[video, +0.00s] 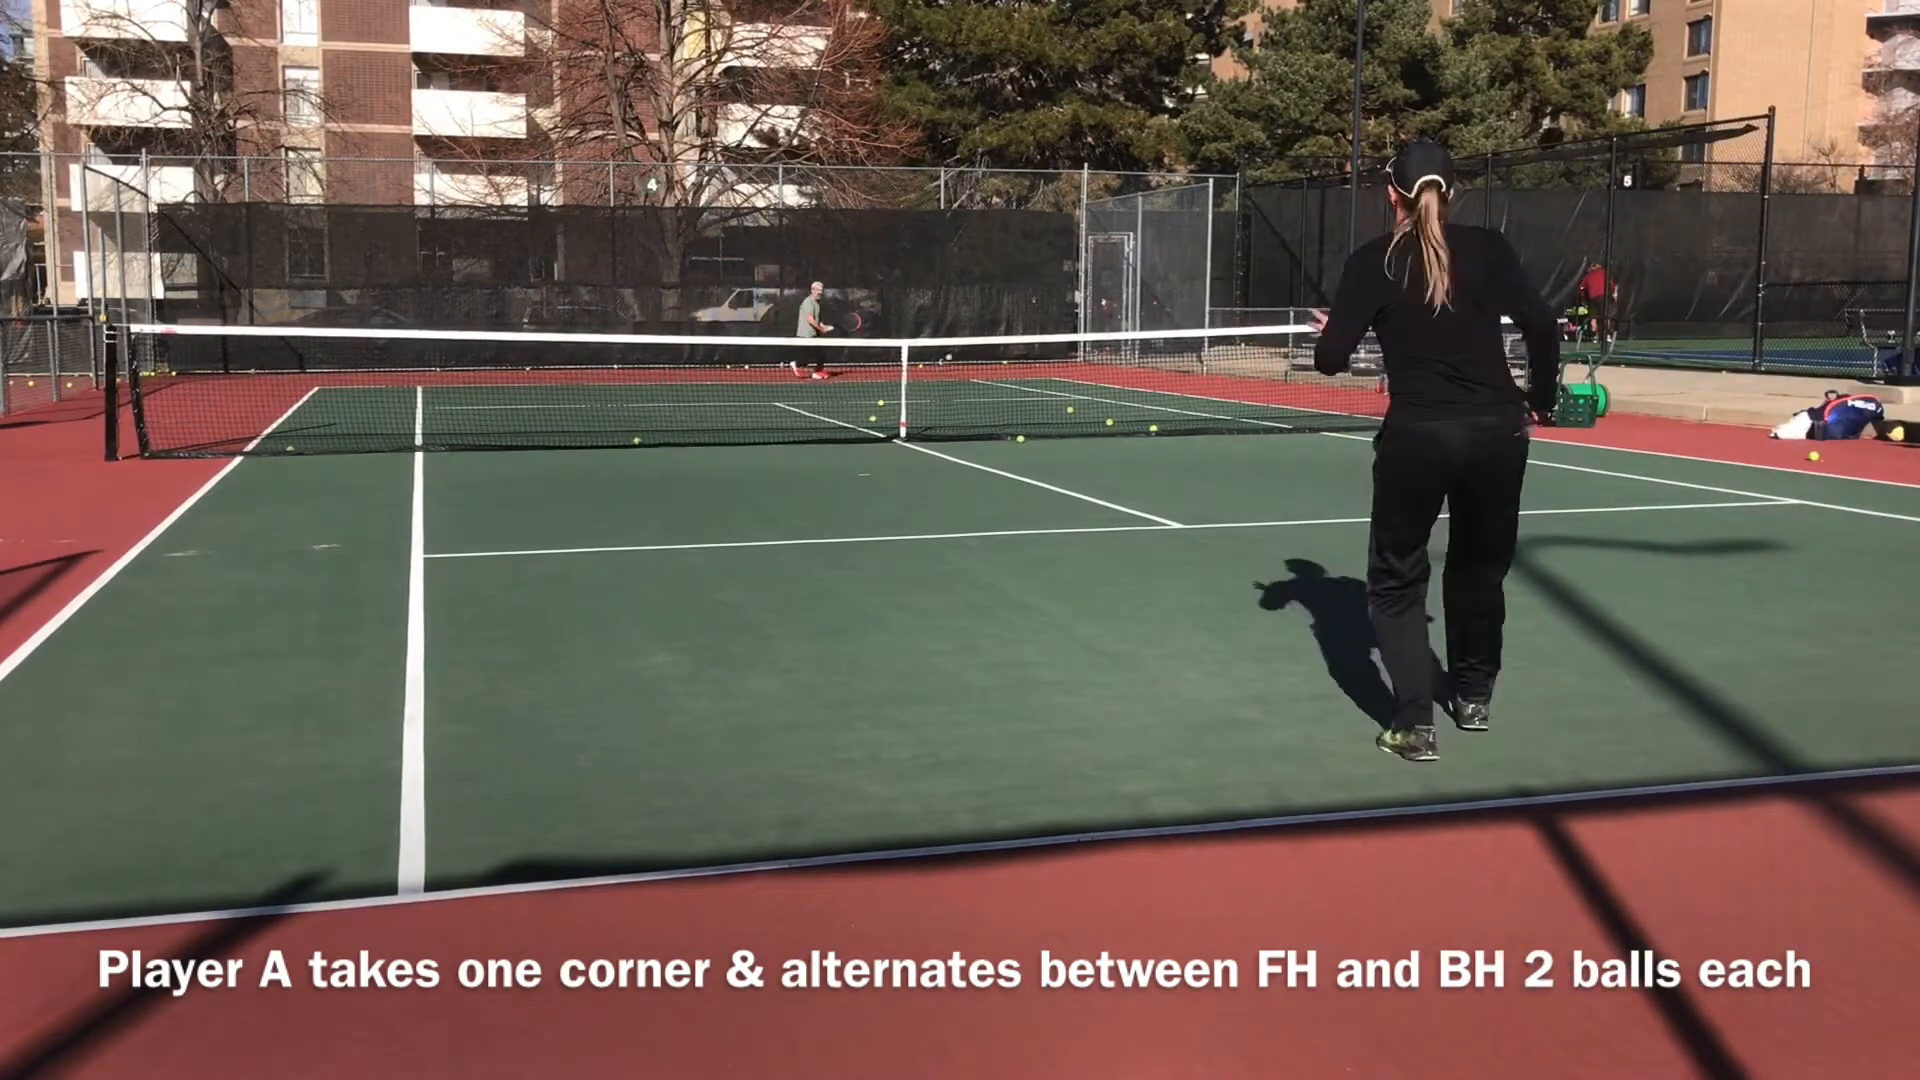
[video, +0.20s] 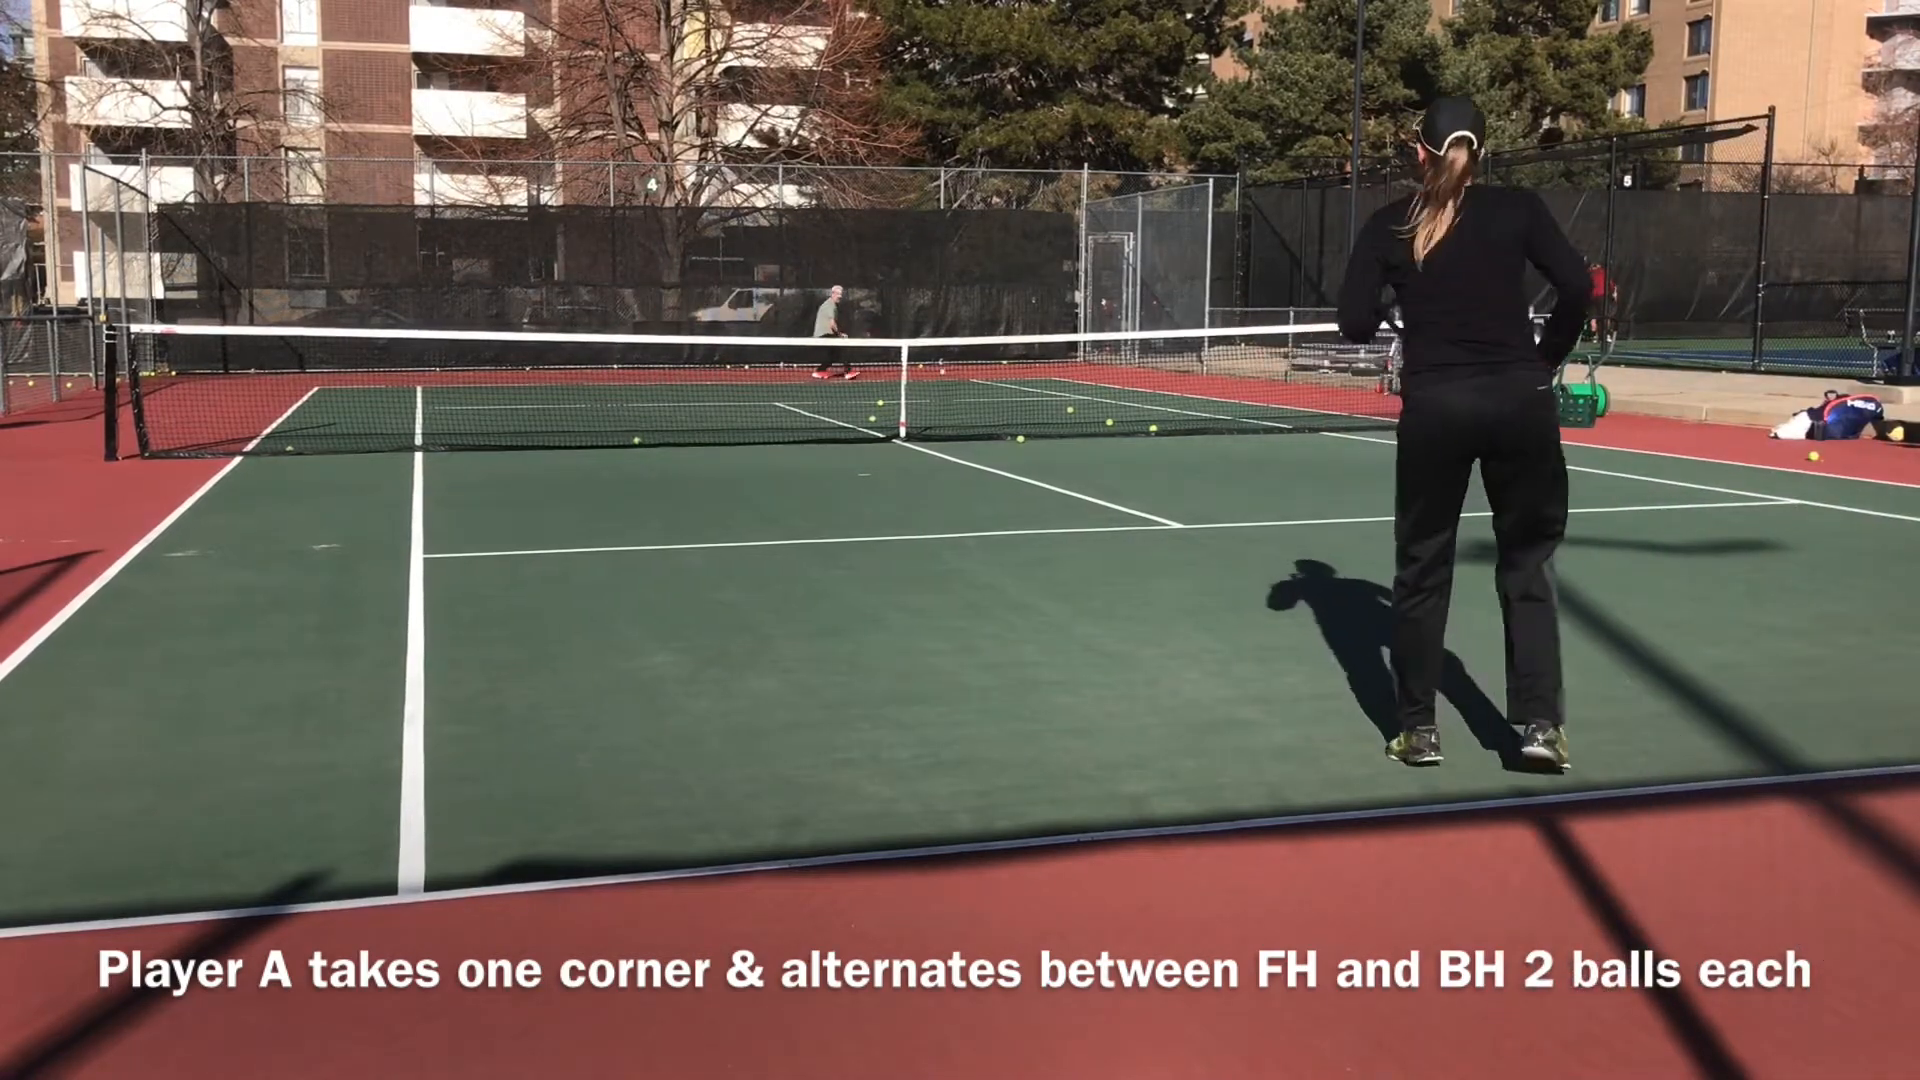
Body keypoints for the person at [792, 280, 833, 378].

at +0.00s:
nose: (819, 292)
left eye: (821, 290)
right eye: (817, 290)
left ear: (821, 291)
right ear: (812, 290)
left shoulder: (816, 304)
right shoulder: (808, 303)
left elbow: (816, 319)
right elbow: (810, 319)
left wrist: (823, 327)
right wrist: (820, 328)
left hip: (812, 334)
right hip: (805, 335)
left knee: (820, 353)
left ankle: (819, 370)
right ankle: (797, 364)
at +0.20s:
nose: (839, 296)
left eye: (840, 294)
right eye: (837, 293)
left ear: (841, 295)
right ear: (832, 294)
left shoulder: (827, 304)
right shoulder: (831, 305)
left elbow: (829, 322)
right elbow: (832, 322)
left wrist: (836, 332)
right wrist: (838, 333)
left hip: (821, 334)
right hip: (825, 334)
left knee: (833, 354)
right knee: (844, 347)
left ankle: (820, 370)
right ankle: (848, 370)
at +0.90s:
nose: (898, 301)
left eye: (899, 298)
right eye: (896, 298)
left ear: (899, 299)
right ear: (889, 298)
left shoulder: (893, 311)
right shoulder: (883, 307)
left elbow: (896, 309)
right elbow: (872, 314)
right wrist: (879, 303)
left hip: (881, 335)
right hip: (871, 332)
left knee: (883, 354)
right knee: (878, 353)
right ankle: (876, 372)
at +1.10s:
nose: (900, 293)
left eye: (901, 291)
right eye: (897, 290)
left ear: (903, 292)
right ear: (892, 291)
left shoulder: (902, 303)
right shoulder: (884, 300)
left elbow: (899, 312)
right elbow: (876, 313)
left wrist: (890, 303)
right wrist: (884, 304)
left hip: (890, 330)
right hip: (879, 328)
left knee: (886, 350)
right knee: (881, 349)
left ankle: (879, 370)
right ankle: (877, 370)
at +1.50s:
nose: (883, 285)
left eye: (885, 283)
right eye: (880, 283)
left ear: (888, 285)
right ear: (877, 284)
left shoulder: (892, 298)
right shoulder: (871, 298)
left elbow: (895, 314)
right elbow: (866, 313)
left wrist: (888, 324)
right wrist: (880, 325)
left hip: (889, 330)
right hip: (875, 330)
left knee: (900, 349)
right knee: (876, 352)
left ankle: (906, 370)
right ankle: (876, 371)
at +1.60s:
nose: (876, 280)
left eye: (878, 278)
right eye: (873, 278)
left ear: (880, 279)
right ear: (870, 280)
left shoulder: (885, 293)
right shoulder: (864, 293)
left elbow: (888, 308)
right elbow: (860, 308)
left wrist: (881, 319)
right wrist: (872, 319)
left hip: (882, 325)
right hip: (868, 327)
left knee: (890, 347)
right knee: (873, 350)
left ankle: (893, 369)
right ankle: (875, 371)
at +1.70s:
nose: (868, 280)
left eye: (870, 277)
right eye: (866, 277)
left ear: (873, 279)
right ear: (863, 279)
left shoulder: (878, 292)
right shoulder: (857, 291)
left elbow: (881, 308)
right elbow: (853, 307)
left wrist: (873, 318)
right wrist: (863, 318)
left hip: (874, 324)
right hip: (861, 324)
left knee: (875, 347)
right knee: (862, 348)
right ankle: (865, 370)